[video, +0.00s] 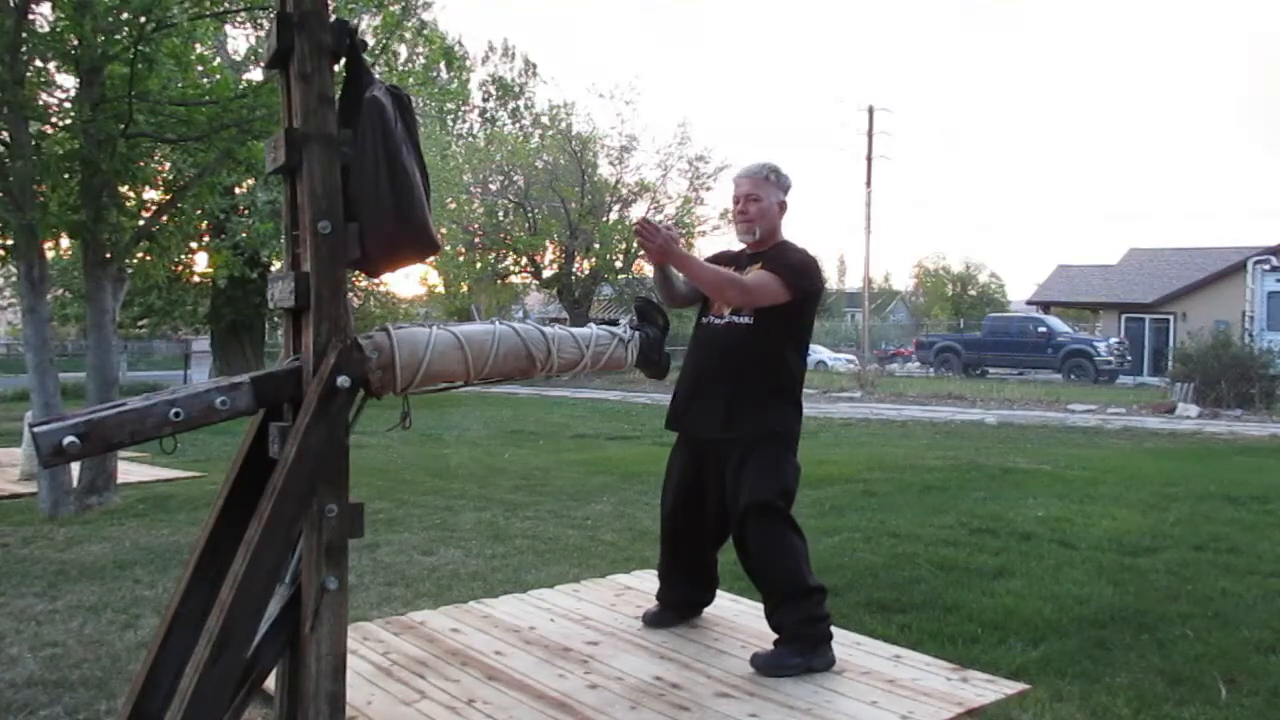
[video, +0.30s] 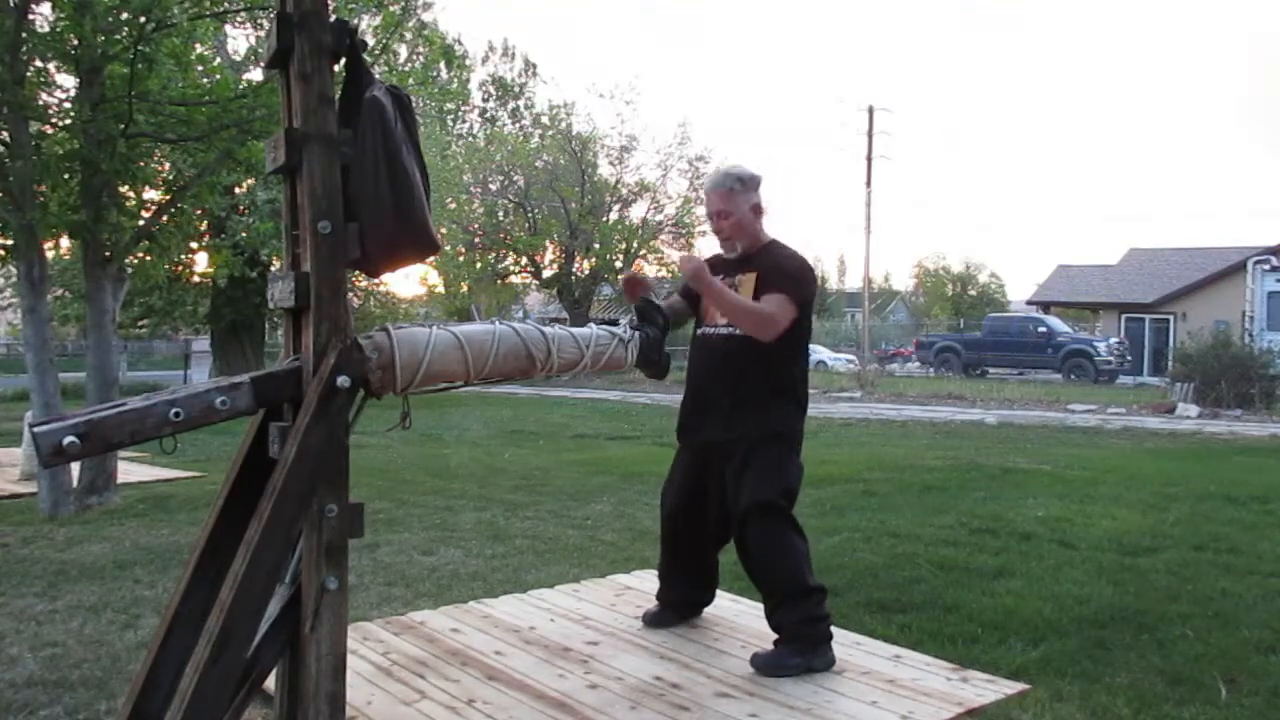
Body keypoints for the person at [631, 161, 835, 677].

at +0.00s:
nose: (744, 209)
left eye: (754, 200)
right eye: (738, 201)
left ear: (781, 204)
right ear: (732, 209)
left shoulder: (797, 266)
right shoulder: (720, 263)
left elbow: (740, 292)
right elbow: (674, 295)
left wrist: (678, 257)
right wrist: (660, 261)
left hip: (762, 425)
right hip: (702, 419)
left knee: (762, 524)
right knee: (684, 513)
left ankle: (807, 640)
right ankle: (682, 599)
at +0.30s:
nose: (719, 225)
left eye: (728, 214)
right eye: (712, 216)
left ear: (758, 209)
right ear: (708, 215)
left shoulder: (789, 267)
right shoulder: (710, 271)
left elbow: (767, 324)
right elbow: (672, 312)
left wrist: (708, 286)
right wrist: (645, 302)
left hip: (766, 428)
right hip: (706, 422)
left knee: (763, 522)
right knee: (682, 511)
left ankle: (807, 640)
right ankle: (682, 599)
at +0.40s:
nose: (697, 239)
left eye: (703, 227)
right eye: (691, 230)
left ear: (733, 215)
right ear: (690, 227)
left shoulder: (777, 267)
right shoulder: (700, 276)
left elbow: (794, 339)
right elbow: (677, 327)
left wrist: (729, 350)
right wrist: (650, 332)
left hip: (770, 428)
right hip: (711, 425)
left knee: (768, 522)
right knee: (687, 511)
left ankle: (807, 641)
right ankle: (682, 600)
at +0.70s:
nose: (671, 257)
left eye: (676, 246)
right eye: (665, 248)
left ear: (707, 230)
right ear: (667, 239)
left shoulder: (760, 269)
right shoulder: (686, 279)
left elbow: (798, 341)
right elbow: (698, 343)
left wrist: (771, 406)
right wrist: (694, 392)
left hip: (771, 416)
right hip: (719, 417)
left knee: (783, 521)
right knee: (693, 508)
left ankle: (813, 641)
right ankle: (681, 599)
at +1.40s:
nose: (709, 228)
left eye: (718, 218)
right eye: (705, 219)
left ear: (751, 216)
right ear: (703, 219)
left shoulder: (786, 271)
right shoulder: (701, 278)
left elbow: (793, 339)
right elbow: (682, 329)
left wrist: (739, 373)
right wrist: (669, 339)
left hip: (769, 430)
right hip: (707, 428)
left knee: (764, 517)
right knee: (678, 508)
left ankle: (812, 642)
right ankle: (681, 596)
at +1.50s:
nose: (717, 222)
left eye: (728, 212)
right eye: (714, 212)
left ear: (761, 213)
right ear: (713, 213)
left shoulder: (793, 271)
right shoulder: (708, 275)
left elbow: (789, 327)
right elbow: (678, 330)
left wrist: (715, 317)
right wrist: (679, 312)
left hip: (767, 433)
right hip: (705, 428)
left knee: (763, 519)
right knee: (676, 512)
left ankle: (813, 643)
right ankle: (682, 595)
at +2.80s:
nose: (725, 226)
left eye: (735, 216)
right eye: (719, 217)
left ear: (764, 212)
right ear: (714, 217)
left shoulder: (792, 270)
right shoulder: (708, 272)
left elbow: (803, 336)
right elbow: (675, 325)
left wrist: (742, 367)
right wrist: (642, 357)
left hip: (762, 425)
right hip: (701, 419)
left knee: (764, 522)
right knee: (676, 509)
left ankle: (812, 642)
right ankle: (681, 599)